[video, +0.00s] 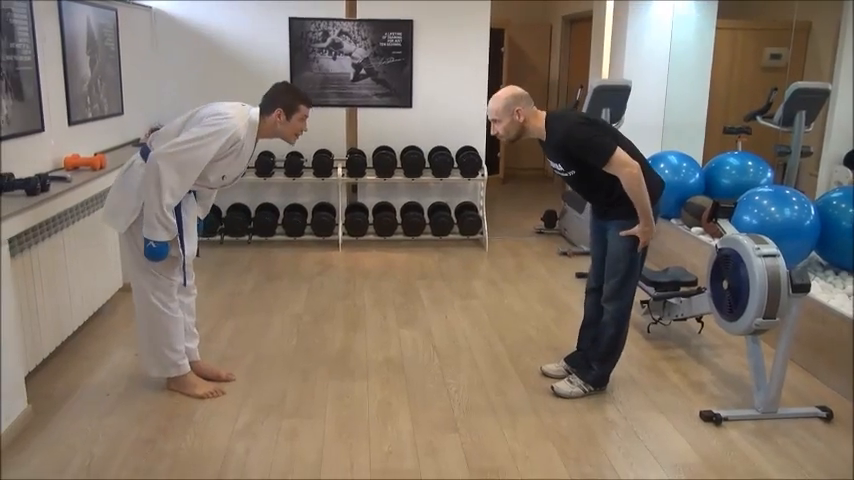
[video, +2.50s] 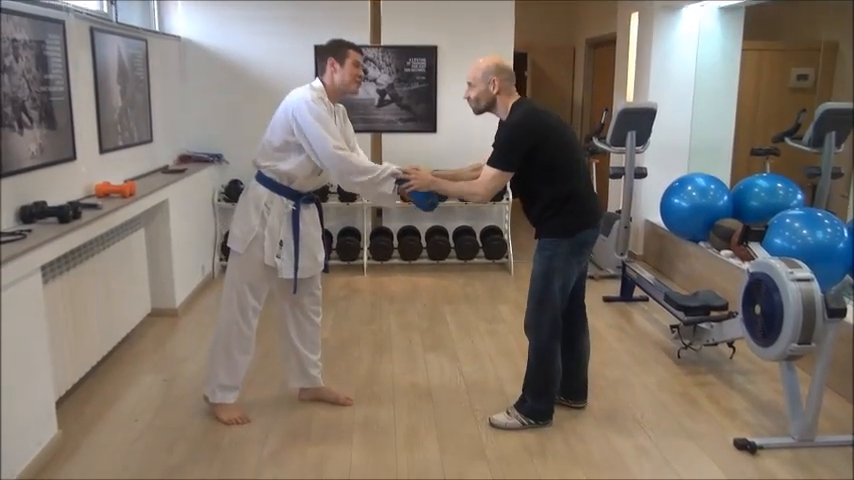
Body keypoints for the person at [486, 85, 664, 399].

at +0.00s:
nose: (493, 130)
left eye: (496, 122)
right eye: (491, 123)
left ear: (519, 114)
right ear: (520, 114)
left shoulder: (570, 131)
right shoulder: (548, 135)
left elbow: (630, 169)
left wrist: (646, 222)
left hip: (629, 211)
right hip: (603, 207)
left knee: (614, 297)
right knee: (596, 289)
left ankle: (596, 377)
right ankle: (582, 361)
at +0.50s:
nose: (507, 98)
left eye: (513, 90)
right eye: (507, 90)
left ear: (539, 88)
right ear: (538, 89)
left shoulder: (586, 117)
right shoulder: (561, 119)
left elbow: (639, 161)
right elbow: (601, 162)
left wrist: (651, 216)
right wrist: (608, 204)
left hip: (636, 208)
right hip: (610, 205)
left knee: (623, 293)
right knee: (604, 285)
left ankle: (608, 375)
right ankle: (595, 359)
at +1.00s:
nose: (584, 42)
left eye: (592, 36)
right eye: (586, 35)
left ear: (616, 45)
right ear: (611, 46)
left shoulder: (622, 93)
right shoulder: (595, 90)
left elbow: (635, 163)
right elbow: (592, 160)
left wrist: (619, 224)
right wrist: (577, 214)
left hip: (610, 222)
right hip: (583, 216)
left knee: (609, 310)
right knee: (563, 285)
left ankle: (615, 391)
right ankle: (593, 366)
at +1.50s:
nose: (566, 79)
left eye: (573, 72)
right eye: (567, 73)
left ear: (599, 75)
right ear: (592, 77)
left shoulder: (610, 123)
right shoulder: (582, 123)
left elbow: (618, 192)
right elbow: (576, 185)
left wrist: (597, 250)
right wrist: (560, 236)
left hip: (587, 248)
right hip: (562, 243)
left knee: (589, 337)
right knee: (565, 334)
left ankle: (616, 420)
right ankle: (567, 411)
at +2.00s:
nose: (521, 87)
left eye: (527, 80)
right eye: (521, 80)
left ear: (553, 81)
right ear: (548, 82)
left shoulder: (574, 123)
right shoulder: (544, 123)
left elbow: (531, 183)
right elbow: (504, 166)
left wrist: (470, 204)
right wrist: (456, 186)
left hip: (580, 243)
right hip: (563, 241)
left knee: (549, 334)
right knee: (569, 325)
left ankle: (535, 424)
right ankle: (573, 406)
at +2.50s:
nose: (466, 94)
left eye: (470, 86)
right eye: (466, 86)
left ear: (495, 86)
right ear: (498, 87)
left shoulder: (519, 124)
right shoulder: (521, 118)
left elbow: (483, 191)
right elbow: (480, 173)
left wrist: (430, 183)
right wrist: (432, 177)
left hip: (564, 230)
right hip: (576, 224)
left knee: (541, 320)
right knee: (570, 312)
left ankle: (535, 409)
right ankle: (572, 391)